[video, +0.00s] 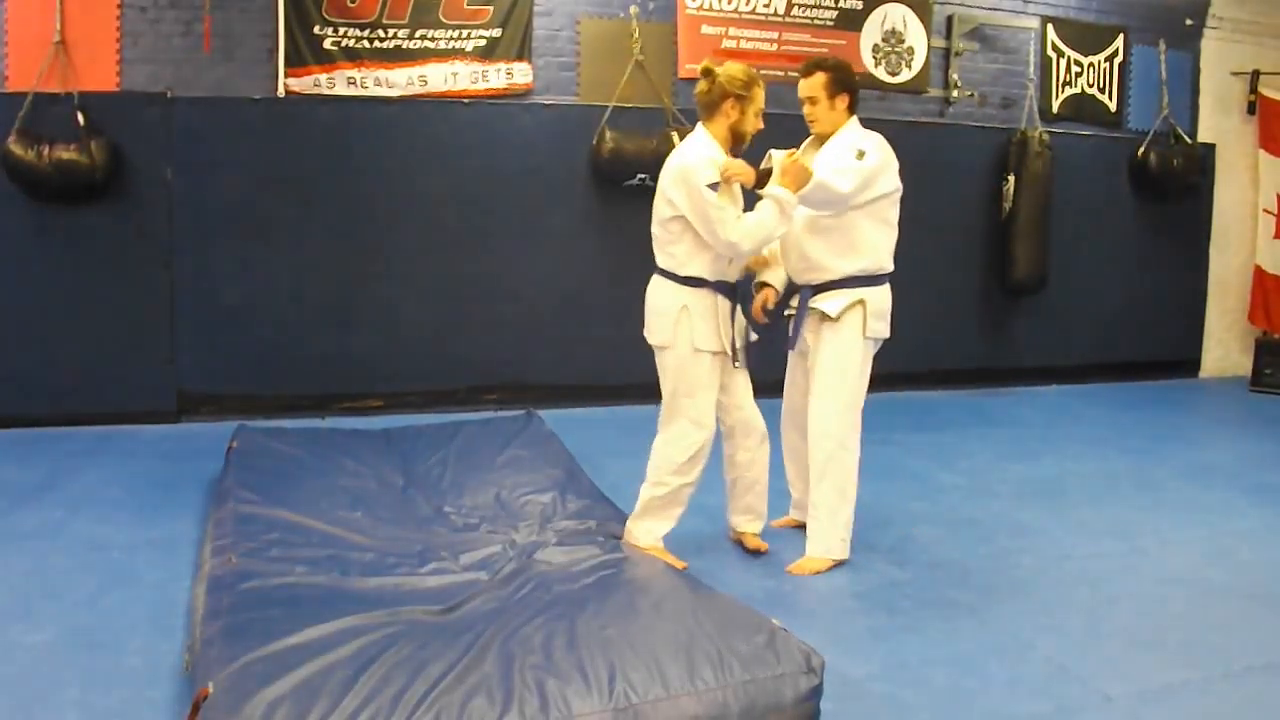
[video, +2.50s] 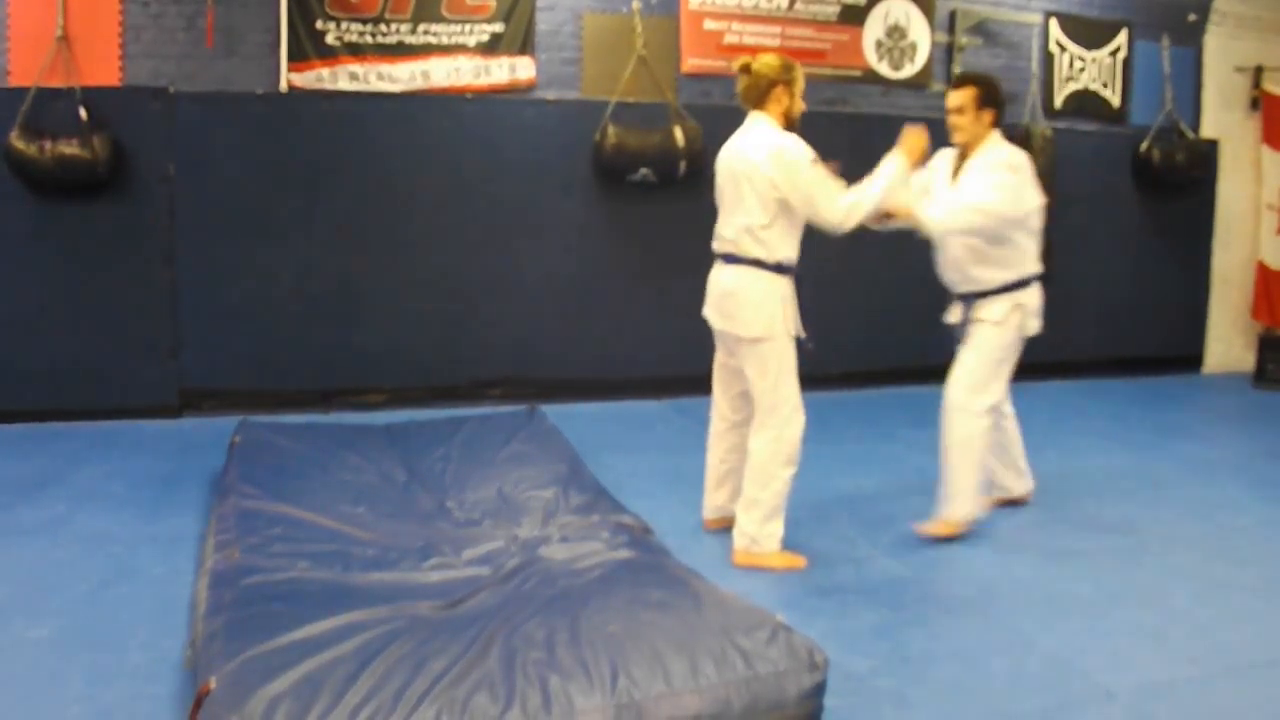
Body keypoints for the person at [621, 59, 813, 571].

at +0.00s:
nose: (761, 122)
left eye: (762, 114)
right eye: (758, 112)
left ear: (727, 108)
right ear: (732, 108)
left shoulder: (724, 160)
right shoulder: (693, 162)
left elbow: (751, 231)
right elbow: (734, 241)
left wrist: (767, 276)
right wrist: (783, 192)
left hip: (716, 303)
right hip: (683, 303)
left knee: (745, 421)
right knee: (690, 426)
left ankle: (746, 524)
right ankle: (643, 535)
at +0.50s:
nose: (753, 99)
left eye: (751, 91)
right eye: (749, 91)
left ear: (711, 95)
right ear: (727, 96)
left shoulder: (678, 138)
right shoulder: (719, 153)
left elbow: (744, 190)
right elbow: (776, 208)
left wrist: (796, 200)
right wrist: (845, 240)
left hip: (670, 283)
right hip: (678, 293)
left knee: (732, 377)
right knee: (682, 413)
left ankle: (726, 476)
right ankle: (645, 533)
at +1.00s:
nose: (784, 112)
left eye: (781, 103)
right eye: (780, 104)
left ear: (740, 108)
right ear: (762, 107)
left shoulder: (713, 155)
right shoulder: (759, 161)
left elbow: (700, 237)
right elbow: (752, 249)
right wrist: (740, 323)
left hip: (696, 286)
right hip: (730, 294)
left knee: (717, 407)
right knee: (761, 410)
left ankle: (710, 505)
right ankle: (682, 507)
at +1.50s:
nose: (811, 98)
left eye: (809, 89)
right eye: (807, 90)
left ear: (759, 94)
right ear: (792, 95)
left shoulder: (733, 148)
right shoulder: (797, 153)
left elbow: (734, 223)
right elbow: (817, 240)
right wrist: (842, 312)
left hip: (723, 280)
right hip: (765, 290)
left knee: (737, 403)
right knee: (779, 417)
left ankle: (721, 496)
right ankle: (758, 543)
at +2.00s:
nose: (797, 99)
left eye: (794, 90)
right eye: (793, 91)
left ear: (747, 96)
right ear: (777, 95)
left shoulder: (730, 150)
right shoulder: (780, 156)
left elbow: (733, 232)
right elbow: (792, 247)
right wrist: (807, 320)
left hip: (734, 278)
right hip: (767, 287)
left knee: (734, 403)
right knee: (783, 415)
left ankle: (719, 507)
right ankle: (756, 542)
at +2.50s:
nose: (800, 101)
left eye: (797, 93)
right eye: (796, 93)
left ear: (753, 95)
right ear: (781, 95)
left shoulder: (733, 145)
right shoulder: (785, 152)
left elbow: (761, 201)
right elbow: (838, 214)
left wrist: (810, 176)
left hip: (724, 282)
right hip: (763, 291)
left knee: (730, 405)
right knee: (781, 417)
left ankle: (720, 506)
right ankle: (756, 541)